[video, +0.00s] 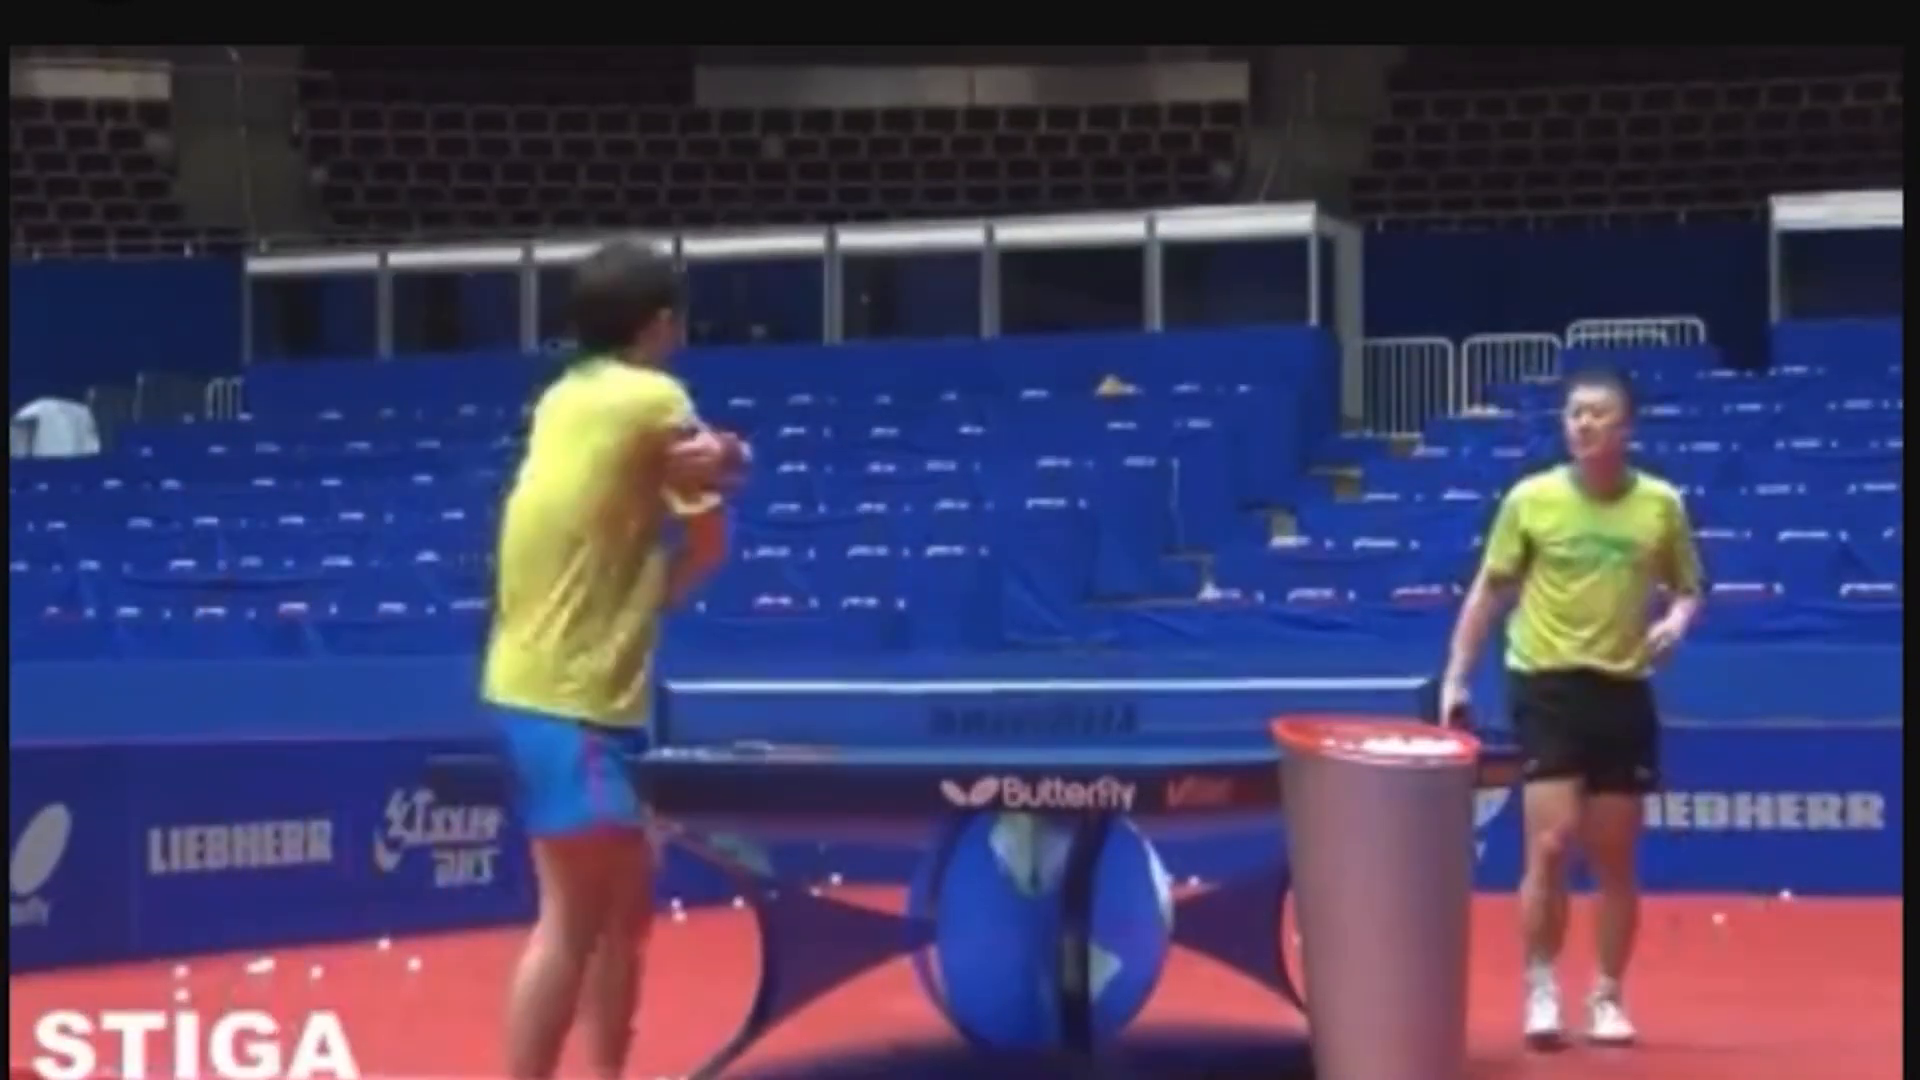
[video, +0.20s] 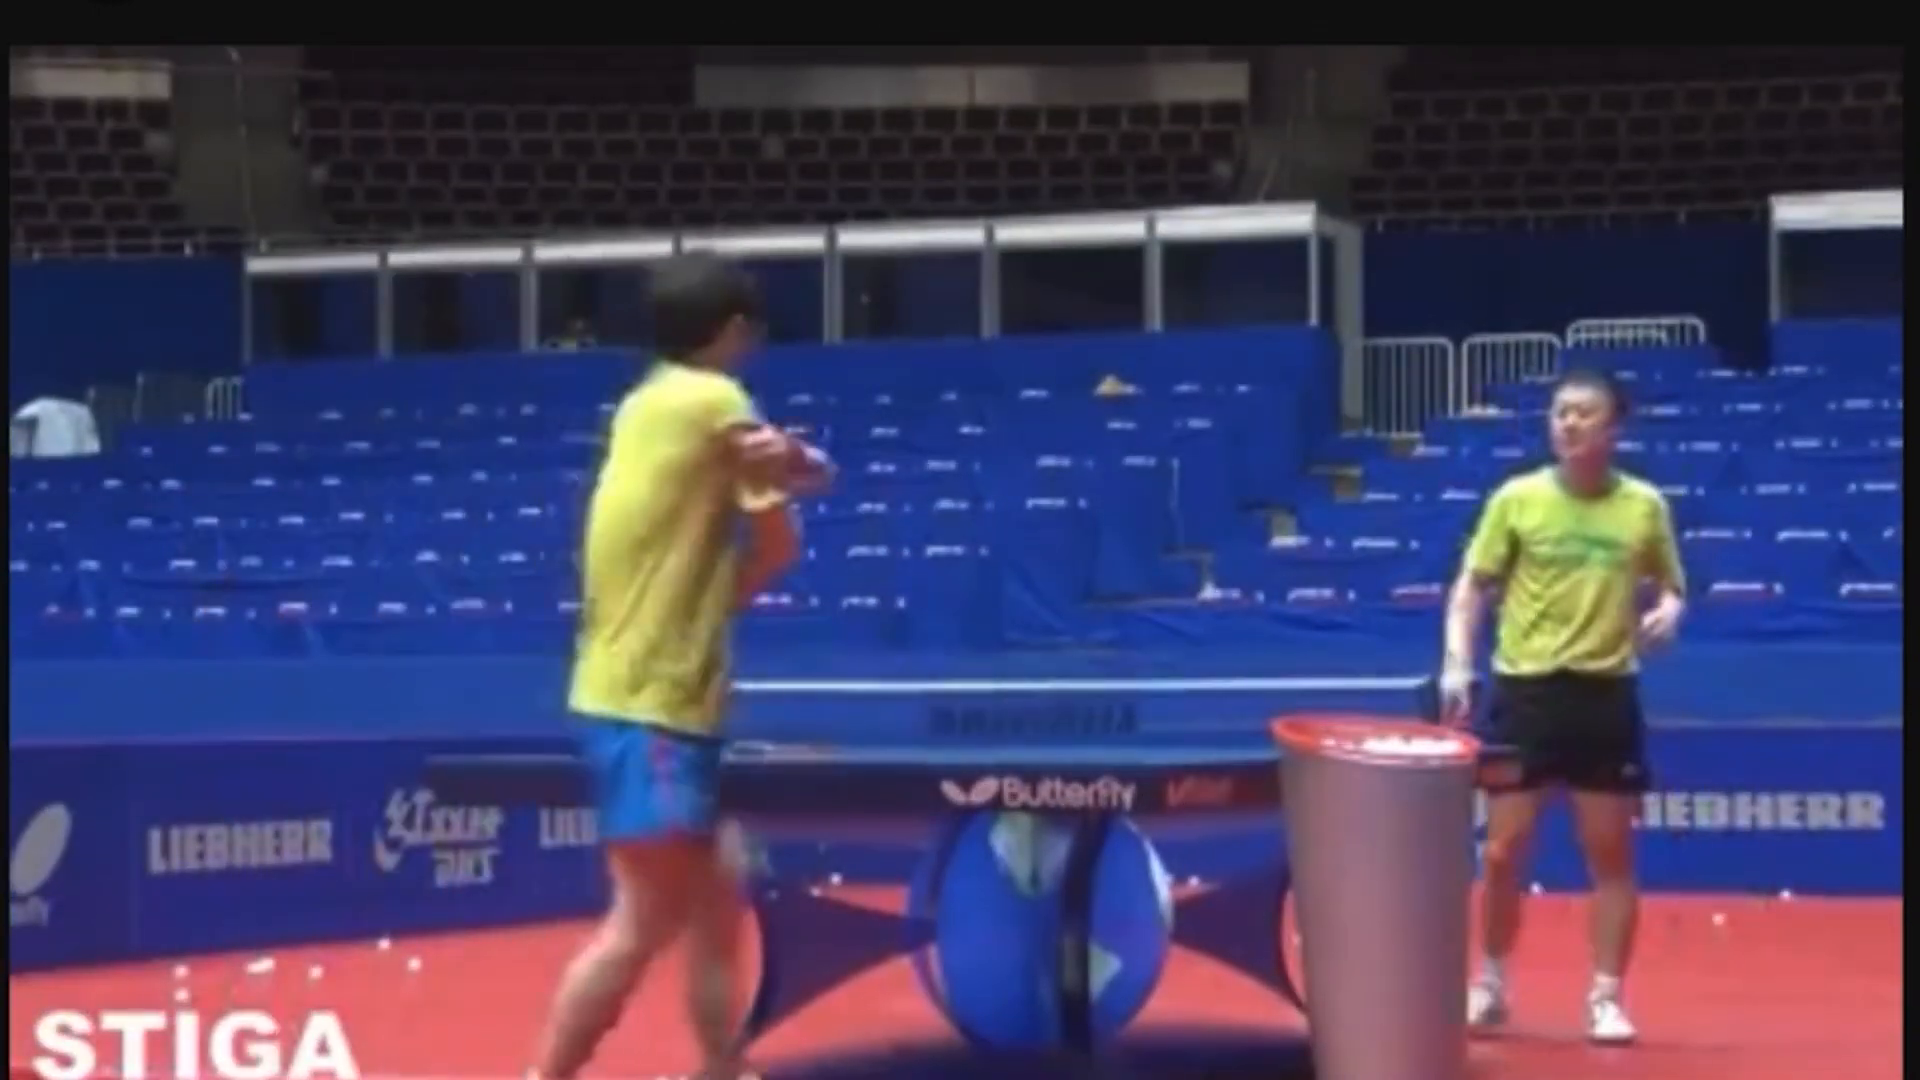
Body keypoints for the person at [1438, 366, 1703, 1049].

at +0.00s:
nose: (1584, 425)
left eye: (1598, 413)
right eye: (1576, 413)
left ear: (1626, 424)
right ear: (1564, 424)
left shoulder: (1660, 505)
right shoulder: (1529, 499)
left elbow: (1689, 587)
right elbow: (1489, 589)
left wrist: (1674, 623)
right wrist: (1455, 675)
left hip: (1623, 678)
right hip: (1547, 676)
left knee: (1615, 850)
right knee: (1551, 843)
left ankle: (1608, 993)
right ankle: (1541, 987)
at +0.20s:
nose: (1570, 425)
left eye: (1584, 414)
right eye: (1562, 413)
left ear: (1613, 425)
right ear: (1550, 424)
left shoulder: (1645, 507)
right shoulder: (1515, 499)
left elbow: (1669, 585)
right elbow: (1470, 586)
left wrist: (1666, 612)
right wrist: (1457, 663)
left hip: (1605, 682)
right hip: (1523, 682)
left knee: (1609, 847)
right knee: (1505, 844)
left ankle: (1607, 991)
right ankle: (1489, 978)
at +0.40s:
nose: (1528, 431)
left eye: (1542, 419)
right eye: (1519, 418)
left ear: (1570, 432)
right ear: (1506, 429)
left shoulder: (1608, 507)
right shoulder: (1479, 507)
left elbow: (1642, 587)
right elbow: (1450, 577)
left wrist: (1616, 606)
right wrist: (1435, 584)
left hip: (1573, 686)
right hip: (1493, 685)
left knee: (1593, 852)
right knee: (1473, 845)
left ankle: (1604, 992)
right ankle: (1464, 979)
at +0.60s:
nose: (1479, 436)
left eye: (1491, 423)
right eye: (1469, 424)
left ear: (1517, 433)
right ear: (1456, 435)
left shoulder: (1556, 507)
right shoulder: (1436, 512)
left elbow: (1595, 587)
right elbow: (1408, 597)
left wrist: (1550, 609)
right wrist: (1372, 533)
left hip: (1529, 685)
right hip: (1458, 683)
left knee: (1551, 846)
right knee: (1457, 849)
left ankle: (1586, 983)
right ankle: (1461, 982)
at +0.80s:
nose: (1443, 432)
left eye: (1455, 421)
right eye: (1434, 422)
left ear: (1482, 430)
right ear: (1422, 433)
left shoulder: (1520, 496)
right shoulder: (1416, 508)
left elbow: (1565, 571)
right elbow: (1374, 572)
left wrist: (1500, 601)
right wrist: (1366, 612)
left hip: (1508, 673)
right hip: (1445, 673)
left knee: (1502, 834)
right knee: (1446, 836)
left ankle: (1520, 981)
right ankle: (1453, 980)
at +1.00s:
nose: (1418, 437)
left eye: (1430, 425)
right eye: (1408, 428)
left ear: (1458, 431)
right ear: (1396, 443)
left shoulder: (1505, 488)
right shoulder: (1404, 523)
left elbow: (1559, 560)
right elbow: (1365, 605)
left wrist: (1489, 595)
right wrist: (1323, 686)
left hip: (1504, 675)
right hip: (1443, 679)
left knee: (1481, 841)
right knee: (1435, 838)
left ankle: (1461, 987)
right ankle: (1431, 984)